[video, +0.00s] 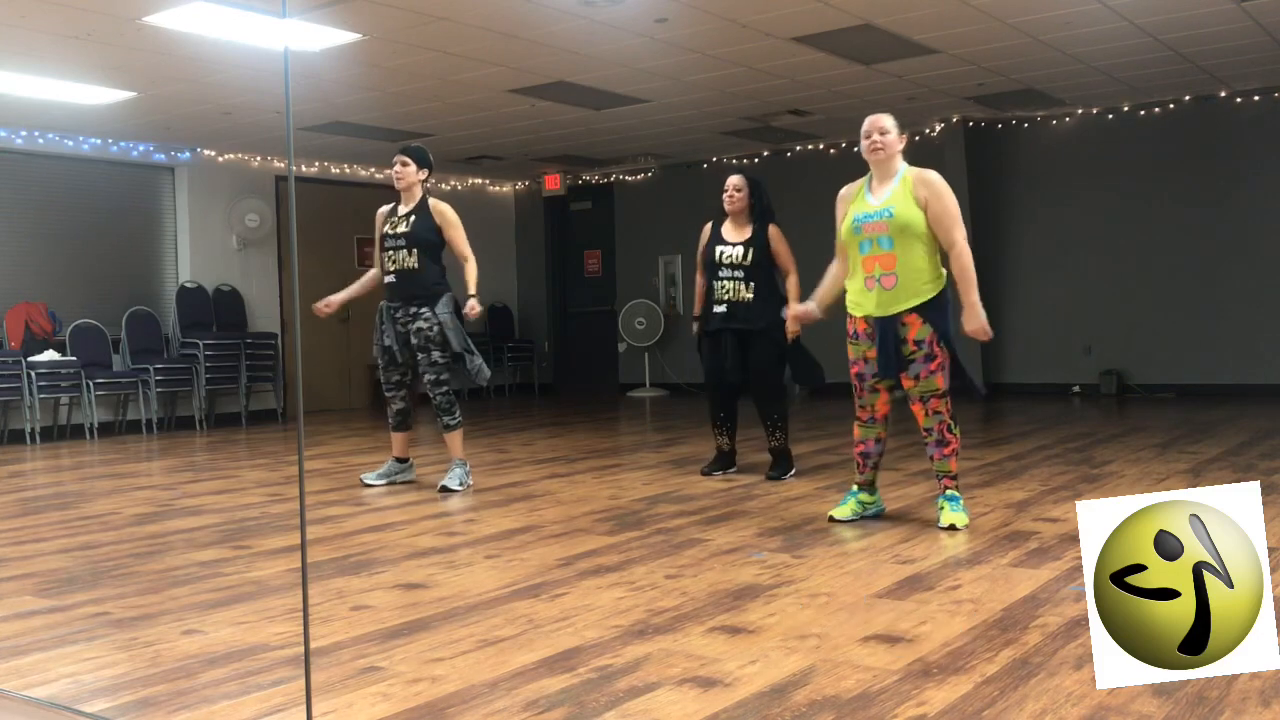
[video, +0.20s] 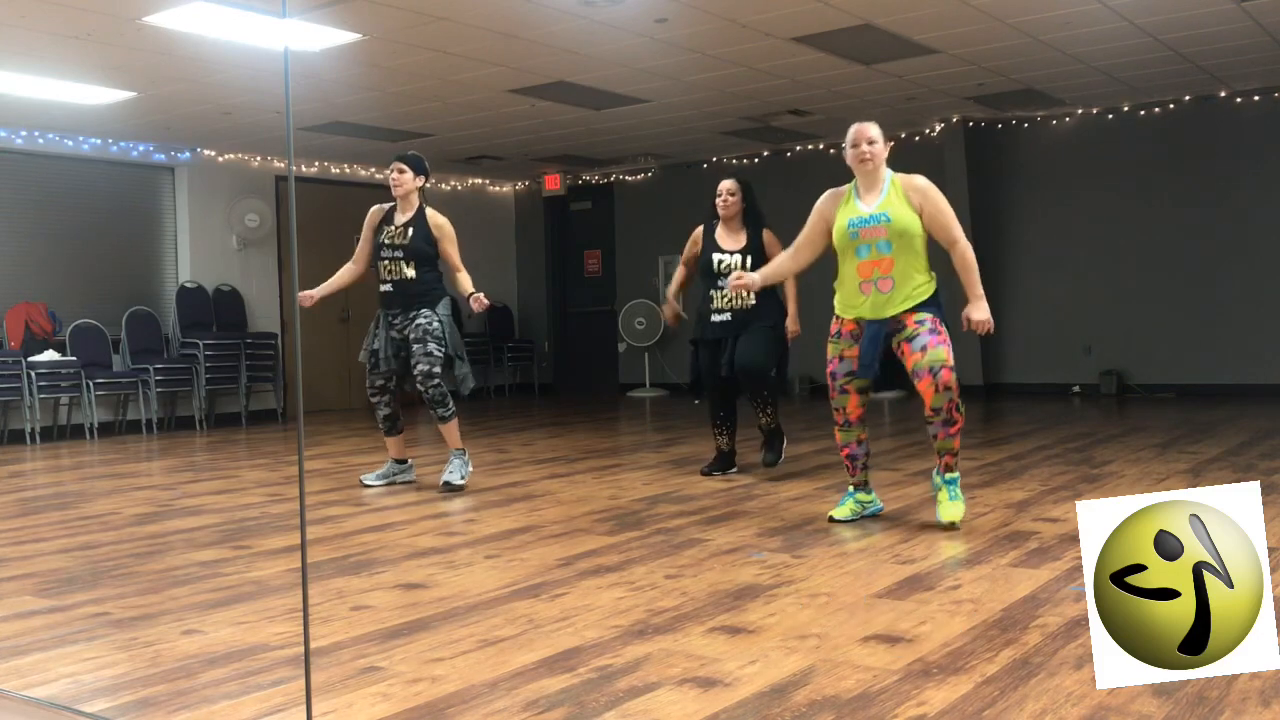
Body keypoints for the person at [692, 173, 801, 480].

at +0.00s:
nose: (729, 194)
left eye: (737, 190)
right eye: (726, 190)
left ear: (752, 196)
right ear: (721, 196)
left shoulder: (768, 231)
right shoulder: (710, 230)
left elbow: (790, 271)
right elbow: (701, 274)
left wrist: (793, 314)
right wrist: (697, 316)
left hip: (762, 328)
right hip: (720, 329)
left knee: (767, 390)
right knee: (720, 391)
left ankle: (781, 457)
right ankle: (725, 454)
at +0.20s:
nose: (723, 199)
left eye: (730, 194)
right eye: (719, 195)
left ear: (744, 200)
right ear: (714, 201)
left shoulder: (762, 237)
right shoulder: (702, 235)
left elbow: (787, 274)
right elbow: (685, 267)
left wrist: (792, 314)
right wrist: (671, 297)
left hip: (758, 327)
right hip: (716, 329)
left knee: (751, 372)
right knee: (718, 392)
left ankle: (772, 435)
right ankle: (725, 454)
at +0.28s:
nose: (725, 197)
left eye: (732, 192)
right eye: (720, 192)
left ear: (745, 196)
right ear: (715, 198)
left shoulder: (763, 232)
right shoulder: (705, 230)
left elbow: (786, 272)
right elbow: (690, 264)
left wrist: (793, 312)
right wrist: (662, 255)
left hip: (758, 324)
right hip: (718, 326)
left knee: (753, 380)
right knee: (721, 388)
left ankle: (775, 445)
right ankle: (725, 454)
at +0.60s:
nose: (736, 199)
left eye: (743, 194)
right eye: (732, 194)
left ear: (758, 198)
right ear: (728, 200)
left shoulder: (775, 230)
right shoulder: (723, 234)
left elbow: (791, 272)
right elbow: (700, 266)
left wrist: (761, 282)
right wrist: (685, 232)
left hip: (771, 325)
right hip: (733, 326)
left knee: (771, 387)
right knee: (705, 376)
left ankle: (779, 458)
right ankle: (718, 445)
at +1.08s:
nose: (740, 196)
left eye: (747, 191)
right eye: (736, 191)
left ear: (762, 196)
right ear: (732, 198)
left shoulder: (777, 223)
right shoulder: (729, 234)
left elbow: (806, 249)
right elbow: (709, 269)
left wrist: (783, 255)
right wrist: (693, 237)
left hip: (776, 322)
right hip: (737, 323)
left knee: (774, 386)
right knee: (712, 373)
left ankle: (780, 458)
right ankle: (723, 440)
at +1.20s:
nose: (738, 200)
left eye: (746, 195)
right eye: (735, 194)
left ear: (759, 201)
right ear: (730, 200)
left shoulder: (774, 228)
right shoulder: (728, 239)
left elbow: (808, 251)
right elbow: (716, 284)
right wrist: (698, 259)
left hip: (775, 326)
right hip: (737, 326)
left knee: (774, 388)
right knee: (705, 368)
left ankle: (780, 458)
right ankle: (721, 428)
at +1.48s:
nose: (738, 200)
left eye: (745, 195)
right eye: (733, 194)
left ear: (757, 199)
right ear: (727, 199)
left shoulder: (776, 233)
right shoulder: (713, 230)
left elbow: (796, 275)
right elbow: (689, 262)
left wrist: (805, 314)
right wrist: (677, 272)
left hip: (768, 329)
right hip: (724, 329)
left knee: (768, 392)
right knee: (725, 392)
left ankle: (777, 457)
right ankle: (728, 456)